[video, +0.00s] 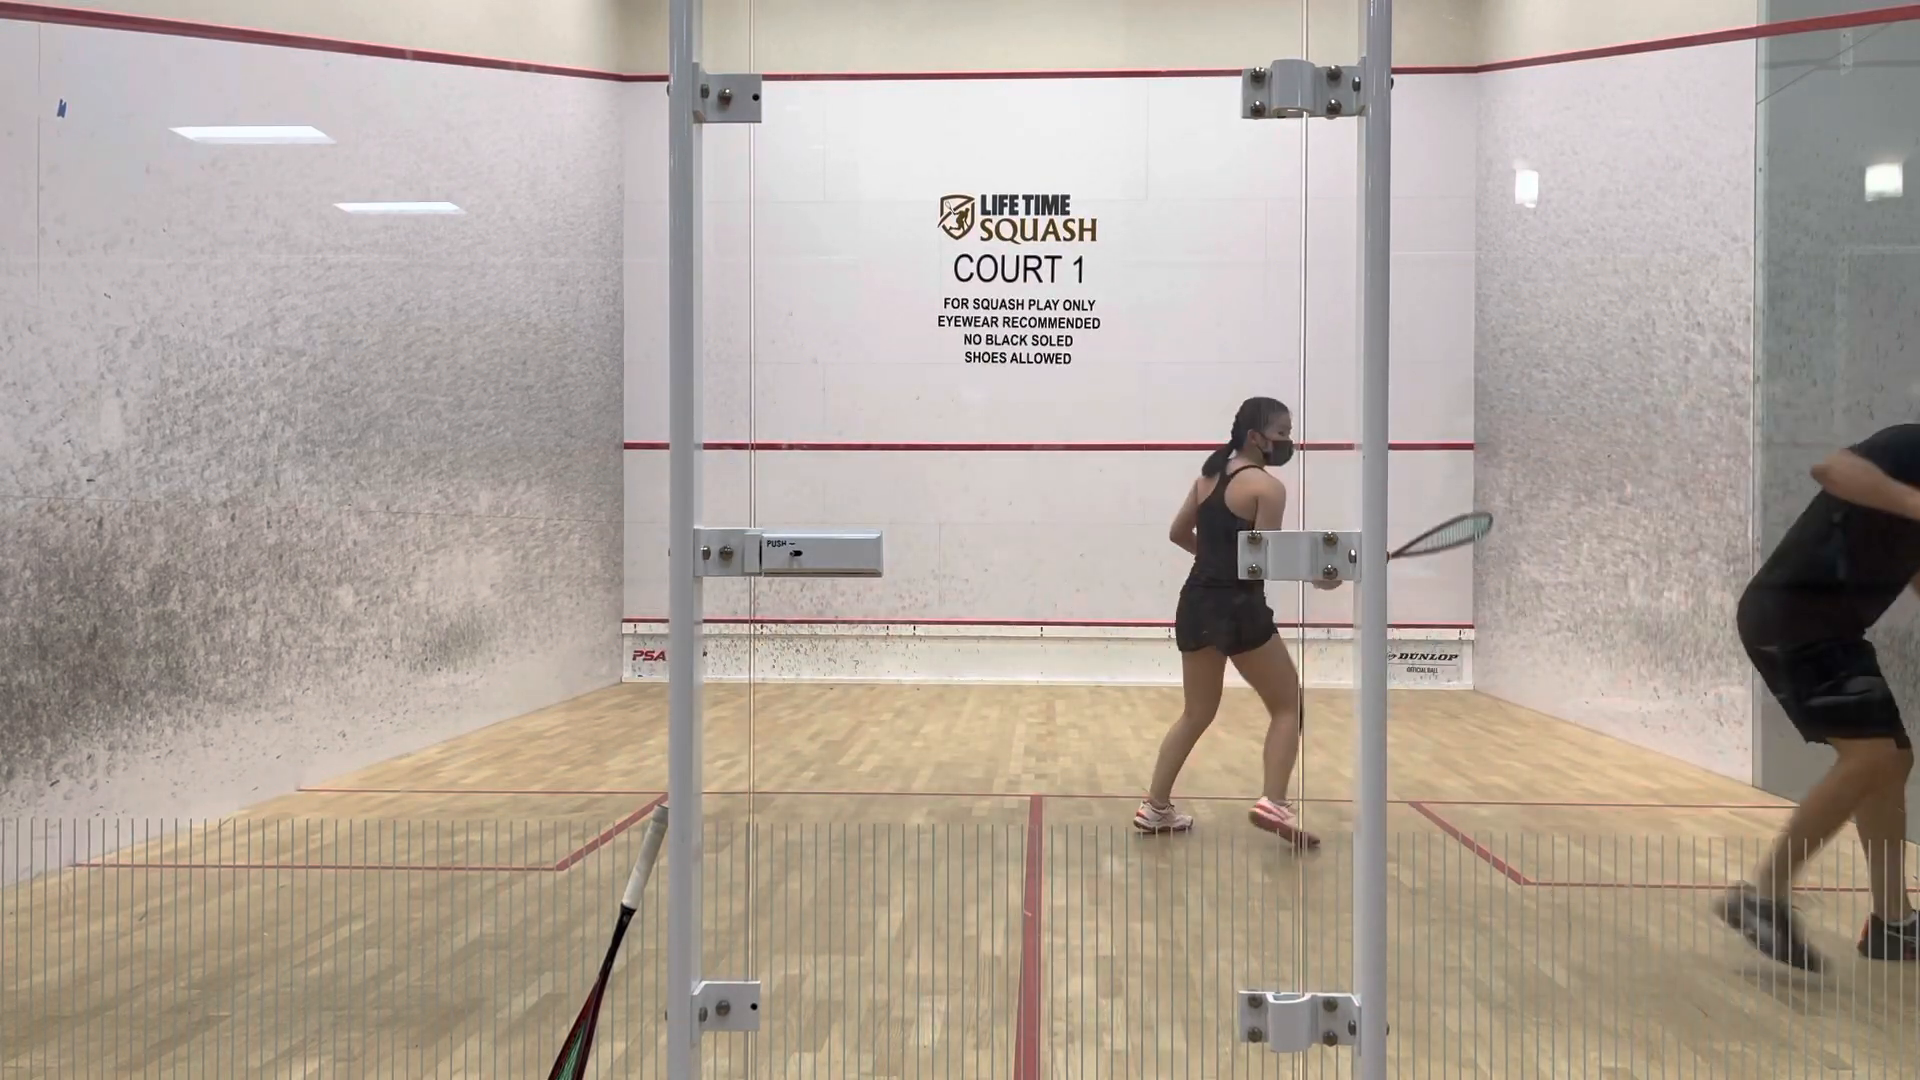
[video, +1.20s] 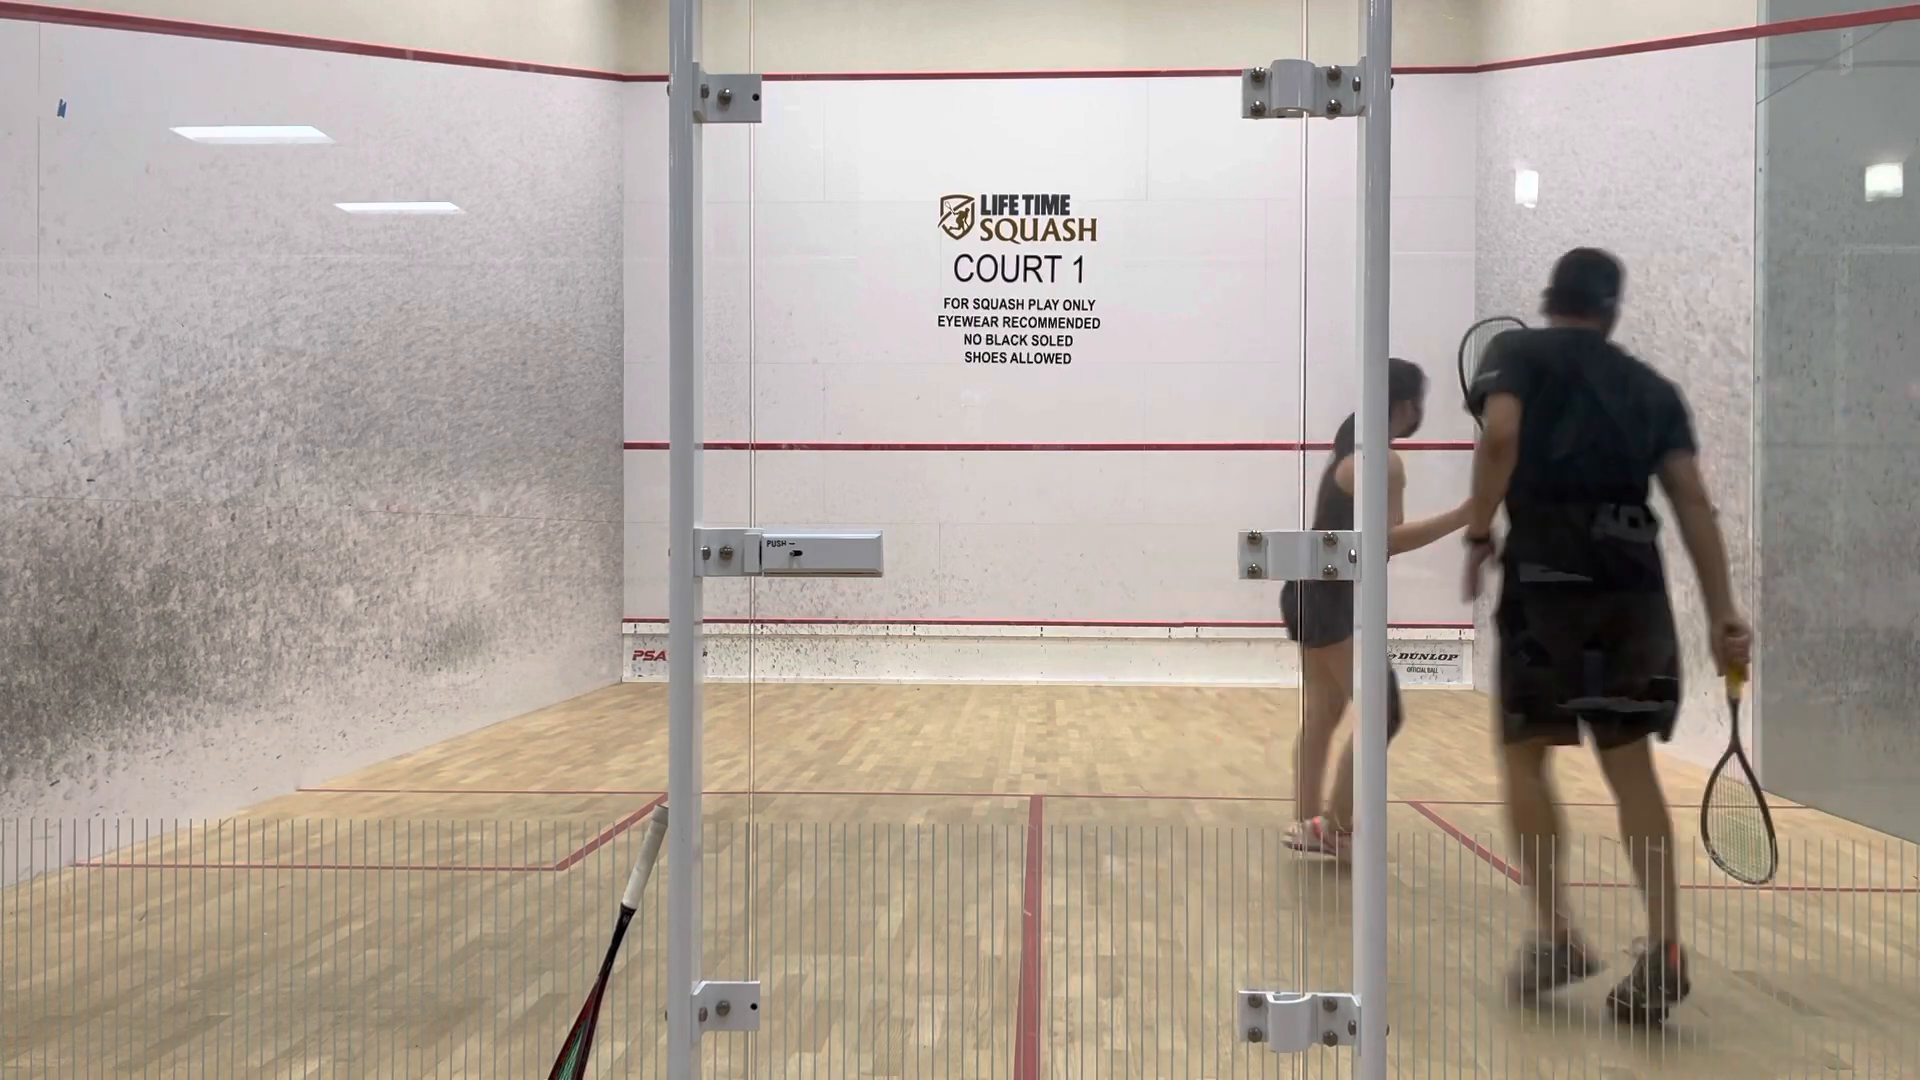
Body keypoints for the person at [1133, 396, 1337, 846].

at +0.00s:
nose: (1288, 439)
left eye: (1289, 432)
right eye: (1282, 432)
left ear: (1246, 437)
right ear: (1255, 435)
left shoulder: (1210, 474)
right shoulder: (1268, 487)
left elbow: (1179, 532)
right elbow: (1268, 557)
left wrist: (1215, 556)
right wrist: (1318, 575)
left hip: (1196, 605)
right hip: (1240, 610)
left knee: (1196, 713)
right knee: (1286, 705)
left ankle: (1155, 806)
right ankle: (1274, 801)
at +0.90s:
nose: (1313, 461)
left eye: (1312, 453)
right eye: (1310, 453)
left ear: (1264, 453)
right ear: (1298, 458)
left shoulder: (1231, 497)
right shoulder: (1297, 517)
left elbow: (1193, 548)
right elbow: (1317, 593)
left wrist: (1232, 566)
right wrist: (1377, 573)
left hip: (1204, 633)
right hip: (1250, 641)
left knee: (1205, 722)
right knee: (1329, 722)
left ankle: (1157, 808)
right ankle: (1310, 830)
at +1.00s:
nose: (1346, 451)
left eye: (1344, 442)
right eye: (1341, 443)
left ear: (1298, 444)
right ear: (1326, 448)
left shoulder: (1269, 488)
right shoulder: (1328, 503)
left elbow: (1229, 539)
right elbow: (1352, 578)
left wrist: (1288, 554)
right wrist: (1416, 556)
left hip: (1243, 627)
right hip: (1282, 636)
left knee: (1222, 723)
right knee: (1353, 729)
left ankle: (1169, 798)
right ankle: (1310, 835)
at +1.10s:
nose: (1381, 426)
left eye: (1378, 415)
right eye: (1376, 416)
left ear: (1329, 420)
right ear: (1365, 423)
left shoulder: (1307, 467)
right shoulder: (1349, 477)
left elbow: (1275, 525)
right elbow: (1377, 556)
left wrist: (1314, 572)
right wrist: (1444, 532)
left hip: (1276, 610)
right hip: (1312, 618)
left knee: (1278, 714)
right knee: (1359, 727)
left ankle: (1230, 812)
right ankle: (1312, 832)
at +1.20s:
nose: (1419, 413)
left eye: (1419, 403)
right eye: (1416, 403)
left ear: (1382, 401)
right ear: (1399, 405)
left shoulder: (1351, 451)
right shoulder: (1378, 462)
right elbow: (1386, 540)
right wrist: (1460, 516)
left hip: (1311, 592)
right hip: (1331, 597)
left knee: (1322, 708)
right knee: (1384, 713)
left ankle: (1306, 820)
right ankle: (1339, 823)